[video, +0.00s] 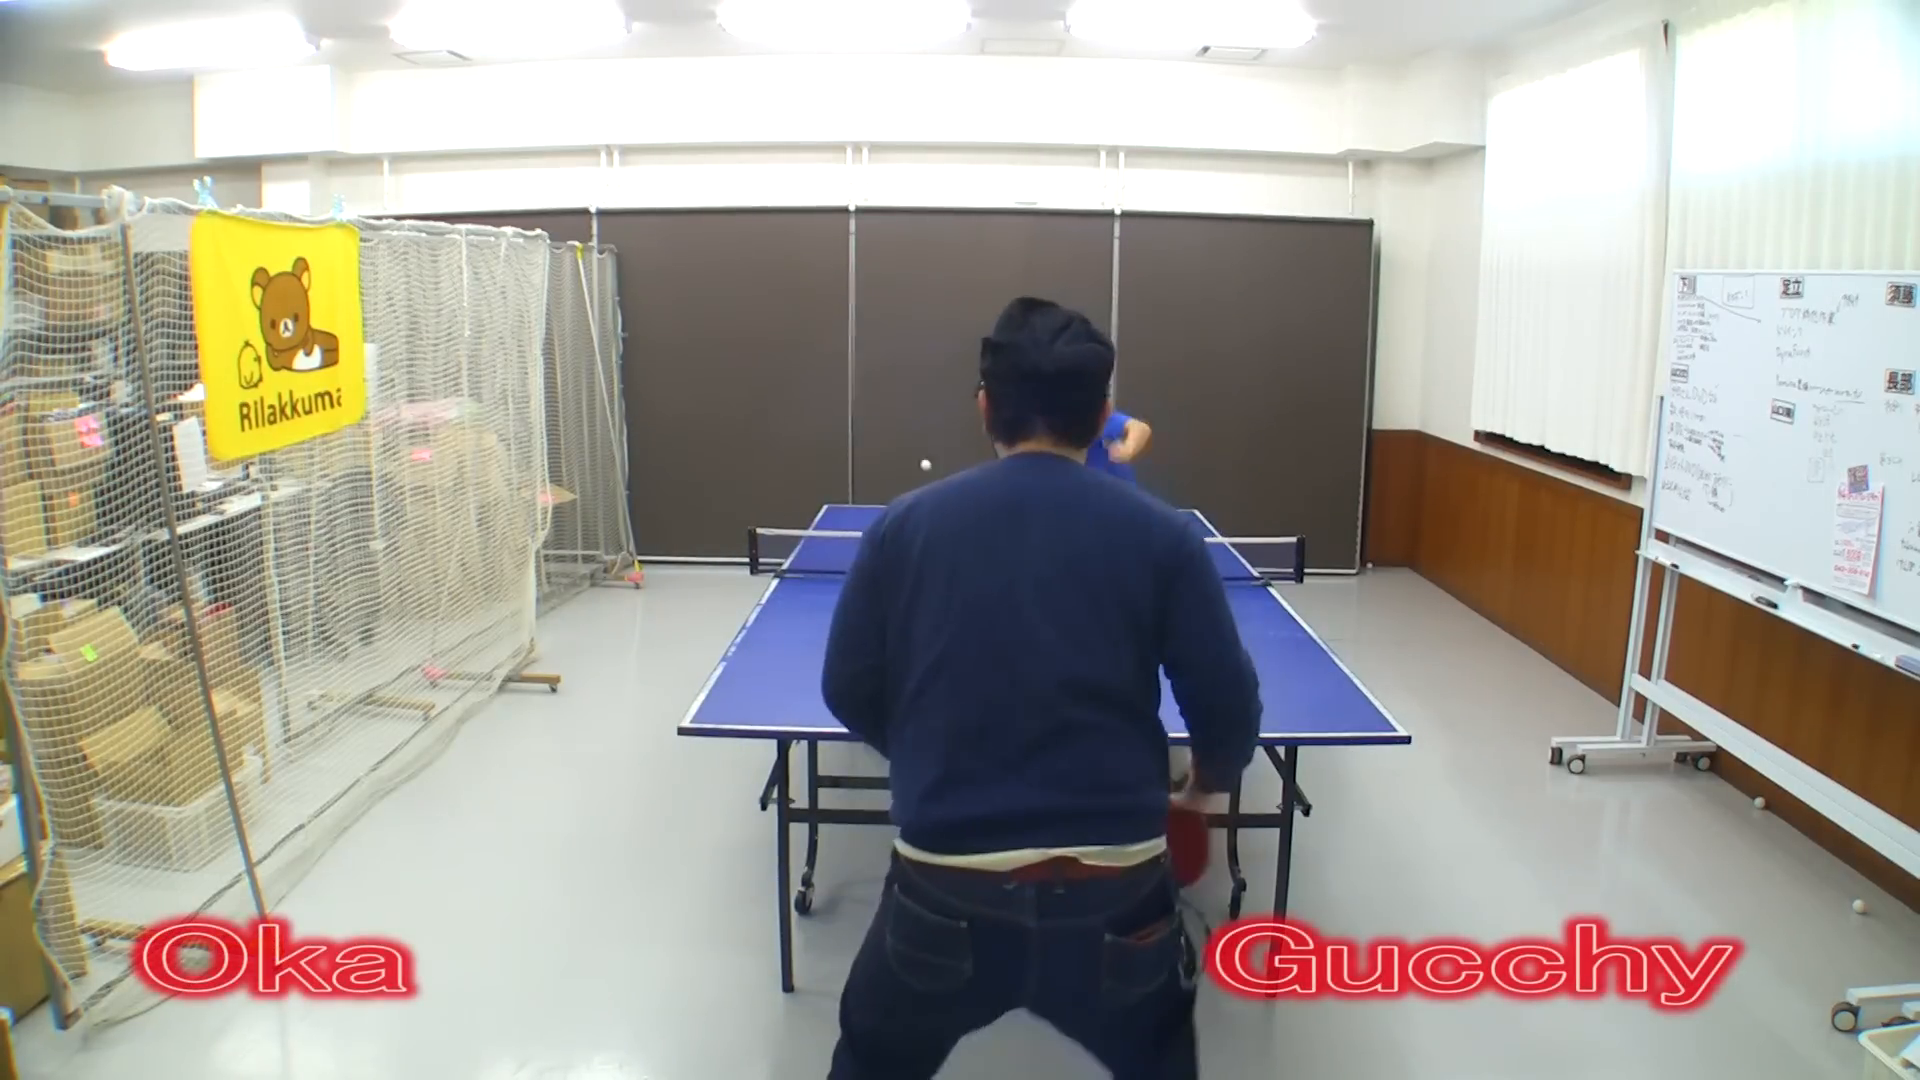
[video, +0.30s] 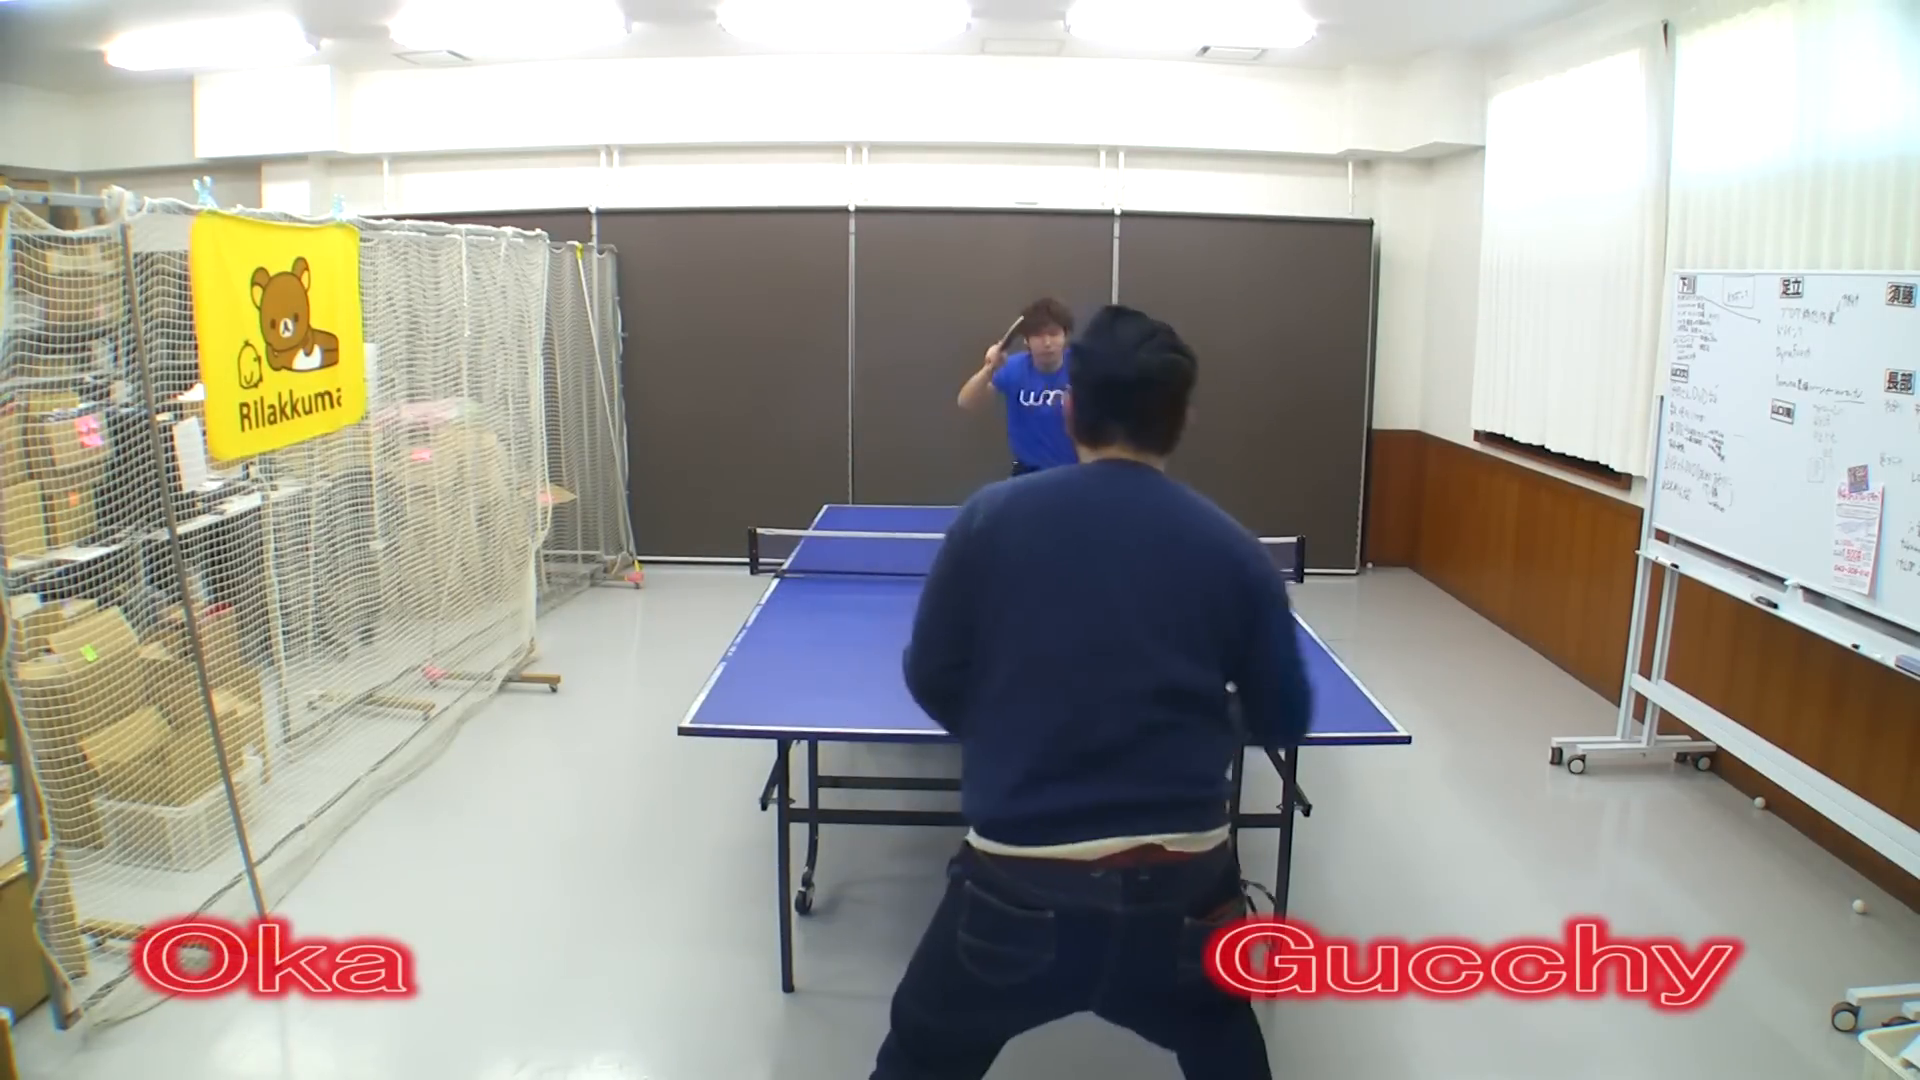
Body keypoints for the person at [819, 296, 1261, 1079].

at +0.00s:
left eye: (981, 388)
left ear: (986, 405)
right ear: (1102, 414)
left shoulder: (906, 526)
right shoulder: (1158, 533)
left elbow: (849, 684)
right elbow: (1227, 698)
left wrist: (938, 752)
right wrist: (1209, 783)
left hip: (946, 912)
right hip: (1115, 914)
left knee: (873, 1063)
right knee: (1158, 1064)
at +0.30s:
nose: (1057, 402)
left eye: (1060, 389)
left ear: (1069, 411)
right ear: (1180, 420)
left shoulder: (991, 520)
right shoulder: (1229, 547)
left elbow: (932, 671)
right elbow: (1284, 719)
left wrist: (1014, 729)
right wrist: (1197, 691)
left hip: (1017, 910)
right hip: (1179, 911)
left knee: (920, 1062)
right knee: (1226, 1053)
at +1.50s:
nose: (1100, 406)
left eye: (1103, 393)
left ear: (1112, 412)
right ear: (1219, 419)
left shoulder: (1060, 531)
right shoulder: (1298, 542)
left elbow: (1021, 716)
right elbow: (1340, 719)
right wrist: (1232, 737)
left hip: (1108, 921)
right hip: (1275, 914)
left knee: (985, 1069)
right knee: (1315, 1071)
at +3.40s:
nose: (918, 417)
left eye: (922, 400)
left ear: (930, 420)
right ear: (1045, 417)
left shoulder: (872, 564)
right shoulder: (1130, 541)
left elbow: (735, 698)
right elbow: (1198, 707)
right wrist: (1086, 723)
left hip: (990, 966)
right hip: (1156, 947)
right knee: (1254, 1068)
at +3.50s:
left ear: (824, 364)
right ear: (948, 372)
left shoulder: (746, 507)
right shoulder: (1007, 516)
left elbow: (598, 615)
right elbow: (1068, 682)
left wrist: (605, 673)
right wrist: (974, 621)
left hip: (844, 896)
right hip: (993, 881)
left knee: (922, 1067)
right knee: (1056, 1065)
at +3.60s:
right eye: (839, 320)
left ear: (712, 328)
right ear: (837, 343)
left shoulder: (624, 459)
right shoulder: (879, 498)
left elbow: (492, 584)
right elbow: (945, 668)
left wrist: (508, 660)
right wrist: (874, 580)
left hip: (676, 868)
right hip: (819, 873)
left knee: (790, 1044)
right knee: (831, 1060)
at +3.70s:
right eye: (718, 349)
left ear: (594, 356)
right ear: (714, 371)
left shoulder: (504, 488)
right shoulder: (732, 542)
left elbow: (421, 646)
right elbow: (827, 718)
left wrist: (532, 635)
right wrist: (892, 681)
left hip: (516, 871)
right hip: (634, 897)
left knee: (593, 1062)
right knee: (652, 1063)